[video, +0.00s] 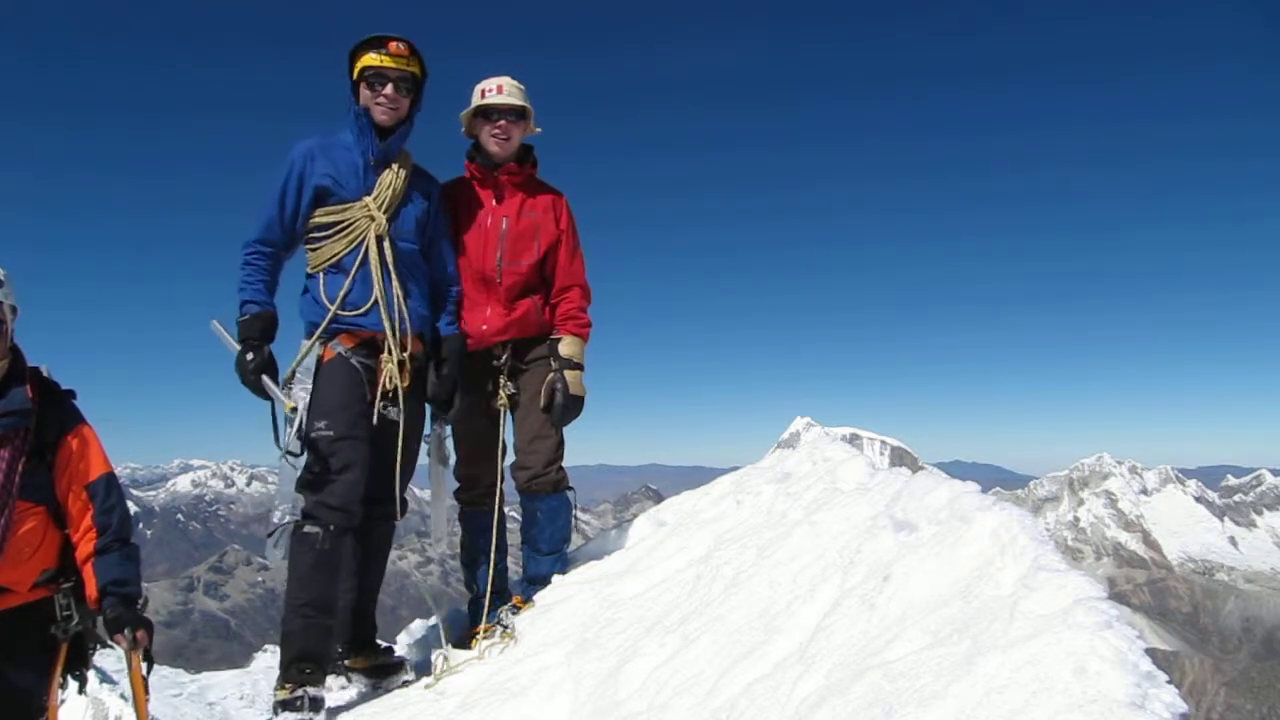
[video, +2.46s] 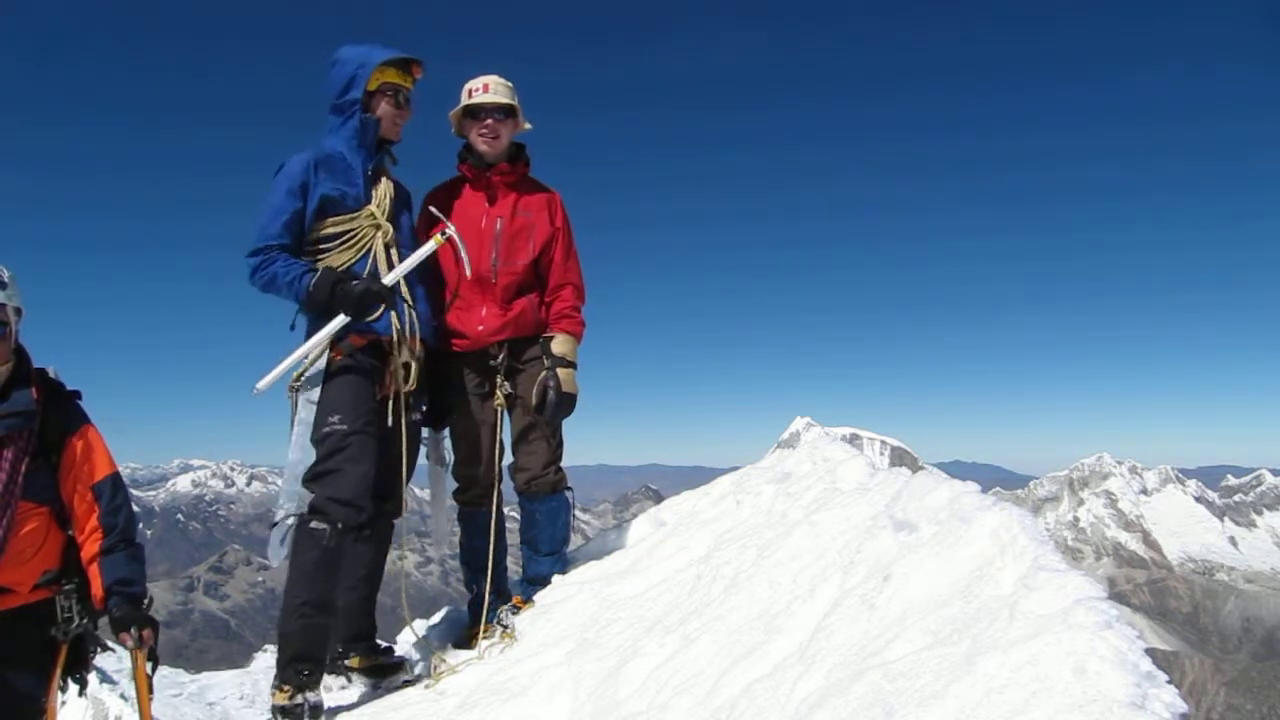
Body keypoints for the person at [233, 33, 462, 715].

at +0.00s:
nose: (389, 92)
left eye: (402, 84)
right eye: (377, 80)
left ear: (417, 97)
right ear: (356, 88)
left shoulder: (426, 188)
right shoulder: (319, 156)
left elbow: (444, 282)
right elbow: (262, 247)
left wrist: (447, 351)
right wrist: (256, 332)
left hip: (409, 361)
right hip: (342, 352)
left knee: (381, 504)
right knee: (334, 500)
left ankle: (356, 640)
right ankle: (302, 670)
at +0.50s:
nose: (386, 94)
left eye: (399, 86)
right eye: (374, 82)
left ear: (413, 98)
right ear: (354, 89)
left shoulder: (420, 189)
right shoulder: (313, 158)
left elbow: (434, 283)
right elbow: (256, 248)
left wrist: (438, 359)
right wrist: (254, 334)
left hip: (403, 363)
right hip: (334, 355)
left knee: (375, 507)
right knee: (323, 504)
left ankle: (355, 642)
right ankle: (298, 673)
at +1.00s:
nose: (384, 97)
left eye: (397, 88)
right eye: (372, 85)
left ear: (410, 100)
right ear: (352, 92)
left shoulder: (418, 191)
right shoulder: (312, 163)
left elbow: (431, 283)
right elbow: (261, 257)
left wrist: (438, 362)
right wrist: (256, 338)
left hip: (405, 363)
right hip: (338, 356)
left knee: (377, 506)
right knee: (326, 503)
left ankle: (354, 639)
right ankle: (299, 670)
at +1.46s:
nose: (383, 97)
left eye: (396, 88)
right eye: (371, 85)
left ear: (410, 100)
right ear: (351, 93)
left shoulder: (418, 190)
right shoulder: (313, 164)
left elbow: (433, 282)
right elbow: (262, 257)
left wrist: (439, 364)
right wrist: (254, 338)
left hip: (405, 364)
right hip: (338, 356)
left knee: (378, 504)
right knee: (328, 500)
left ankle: (355, 638)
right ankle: (300, 670)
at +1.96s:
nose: (400, 100)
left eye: (408, 91)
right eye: (386, 88)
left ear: (414, 102)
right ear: (357, 94)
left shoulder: (417, 191)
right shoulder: (313, 164)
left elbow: (432, 281)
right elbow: (253, 251)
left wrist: (440, 363)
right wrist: (288, 282)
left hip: (403, 365)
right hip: (337, 359)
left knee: (376, 507)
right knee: (325, 506)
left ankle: (354, 640)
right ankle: (299, 672)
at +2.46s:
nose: (403, 108)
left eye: (407, 98)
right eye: (391, 96)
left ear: (404, 107)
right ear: (357, 100)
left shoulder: (400, 193)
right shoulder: (313, 168)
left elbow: (421, 281)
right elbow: (262, 261)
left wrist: (433, 359)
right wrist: (327, 286)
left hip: (402, 361)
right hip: (347, 356)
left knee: (380, 504)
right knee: (340, 499)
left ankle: (354, 642)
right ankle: (297, 675)